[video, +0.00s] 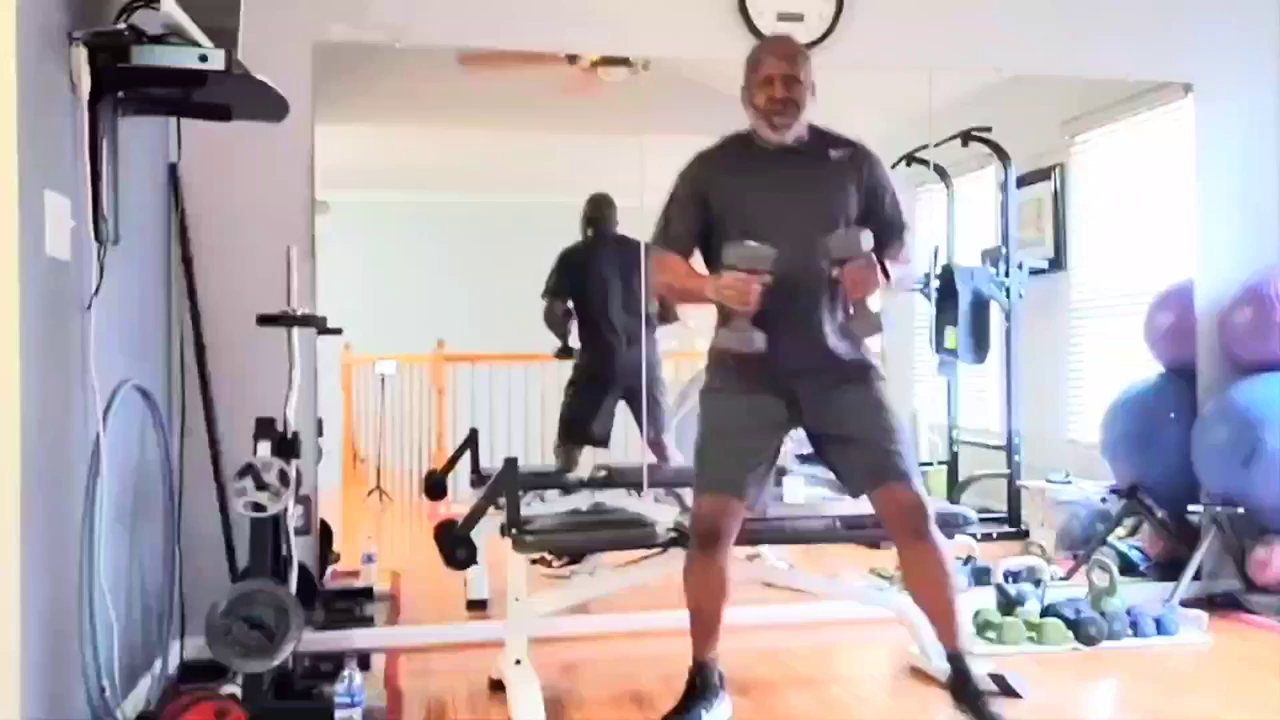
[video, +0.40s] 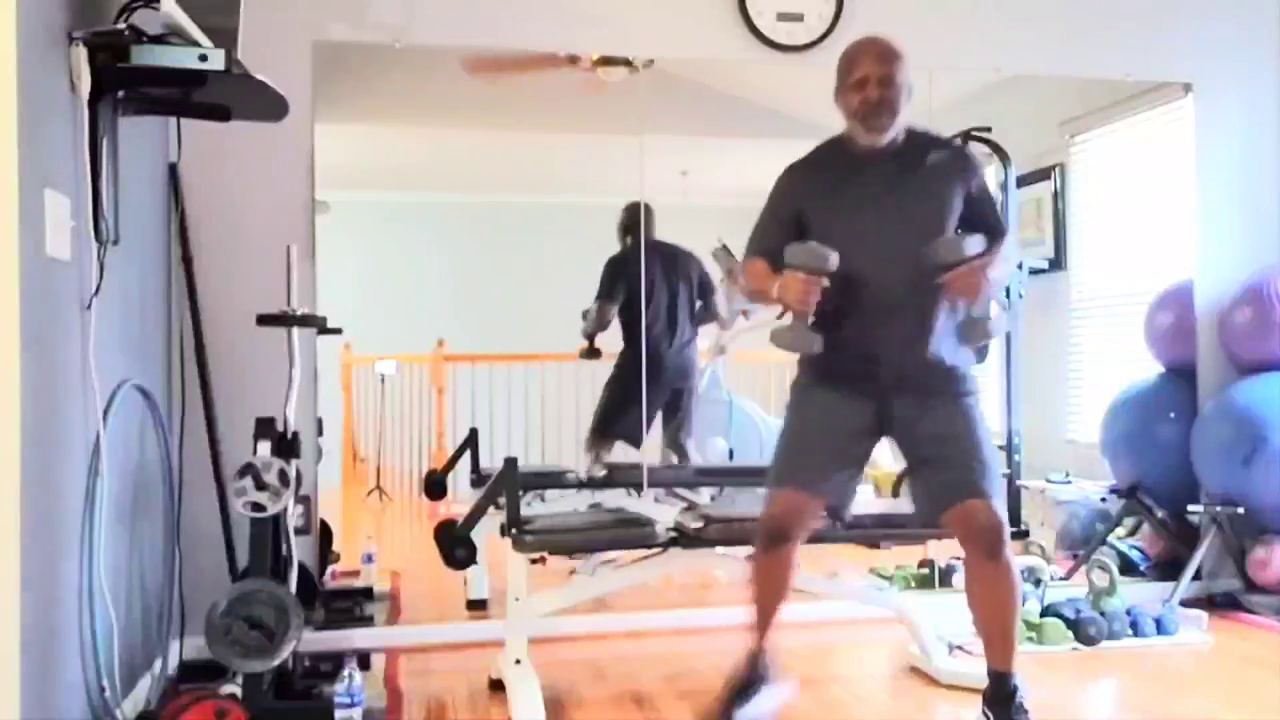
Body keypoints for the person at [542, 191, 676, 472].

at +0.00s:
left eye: (588, 219)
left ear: (586, 220)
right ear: (616, 219)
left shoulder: (573, 257)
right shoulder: (643, 252)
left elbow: (554, 313)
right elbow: (669, 312)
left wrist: (565, 339)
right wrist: (642, 322)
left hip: (597, 363)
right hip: (642, 361)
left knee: (569, 447)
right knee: (661, 441)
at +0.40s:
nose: (618, 233)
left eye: (620, 228)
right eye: (620, 227)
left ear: (625, 228)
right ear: (651, 227)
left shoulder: (622, 262)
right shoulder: (688, 259)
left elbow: (603, 319)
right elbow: (713, 312)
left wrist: (589, 327)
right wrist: (681, 322)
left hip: (640, 366)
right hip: (684, 367)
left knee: (600, 442)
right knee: (678, 444)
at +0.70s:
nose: (632, 241)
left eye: (633, 235)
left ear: (634, 236)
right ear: (663, 235)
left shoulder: (631, 261)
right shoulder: (690, 261)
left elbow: (630, 289)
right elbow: (739, 286)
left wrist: (607, 333)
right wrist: (719, 322)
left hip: (651, 376)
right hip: (691, 376)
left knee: (625, 456)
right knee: (683, 456)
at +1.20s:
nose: (589, 255)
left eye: (590, 251)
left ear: (591, 254)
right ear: (618, 254)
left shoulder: (583, 289)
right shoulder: (649, 286)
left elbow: (562, 347)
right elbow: (665, 343)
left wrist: (564, 362)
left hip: (608, 386)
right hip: (653, 386)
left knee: (554, 455)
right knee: (662, 461)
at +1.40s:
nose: (561, 219)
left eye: (561, 215)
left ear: (563, 215)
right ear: (592, 213)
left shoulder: (559, 243)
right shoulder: (620, 243)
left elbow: (546, 294)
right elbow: (637, 298)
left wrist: (531, 321)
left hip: (576, 345)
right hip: (617, 346)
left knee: (553, 424)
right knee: (617, 423)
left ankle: (551, 477)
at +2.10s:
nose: (572, 269)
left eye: (572, 265)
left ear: (571, 266)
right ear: (598, 266)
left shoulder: (566, 299)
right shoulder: (626, 299)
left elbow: (551, 352)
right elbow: (638, 348)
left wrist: (547, 369)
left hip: (587, 397)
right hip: (631, 396)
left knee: (536, 459)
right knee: (637, 462)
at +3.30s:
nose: (555, 255)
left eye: (556, 250)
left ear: (557, 251)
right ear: (583, 250)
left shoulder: (548, 284)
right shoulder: (616, 279)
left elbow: (528, 323)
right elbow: (646, 319)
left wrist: (529, 359)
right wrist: (627, 333)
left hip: (573, 372)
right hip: (616, 370)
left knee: (534, 448)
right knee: (631, 446)